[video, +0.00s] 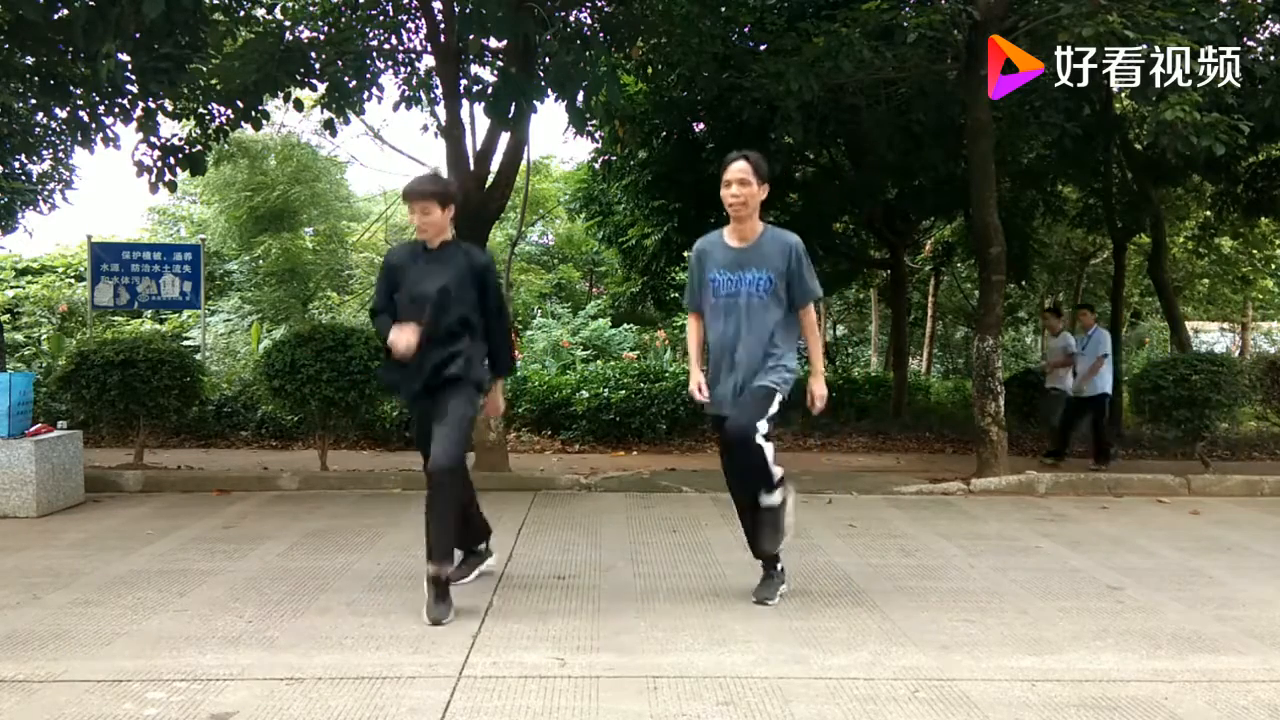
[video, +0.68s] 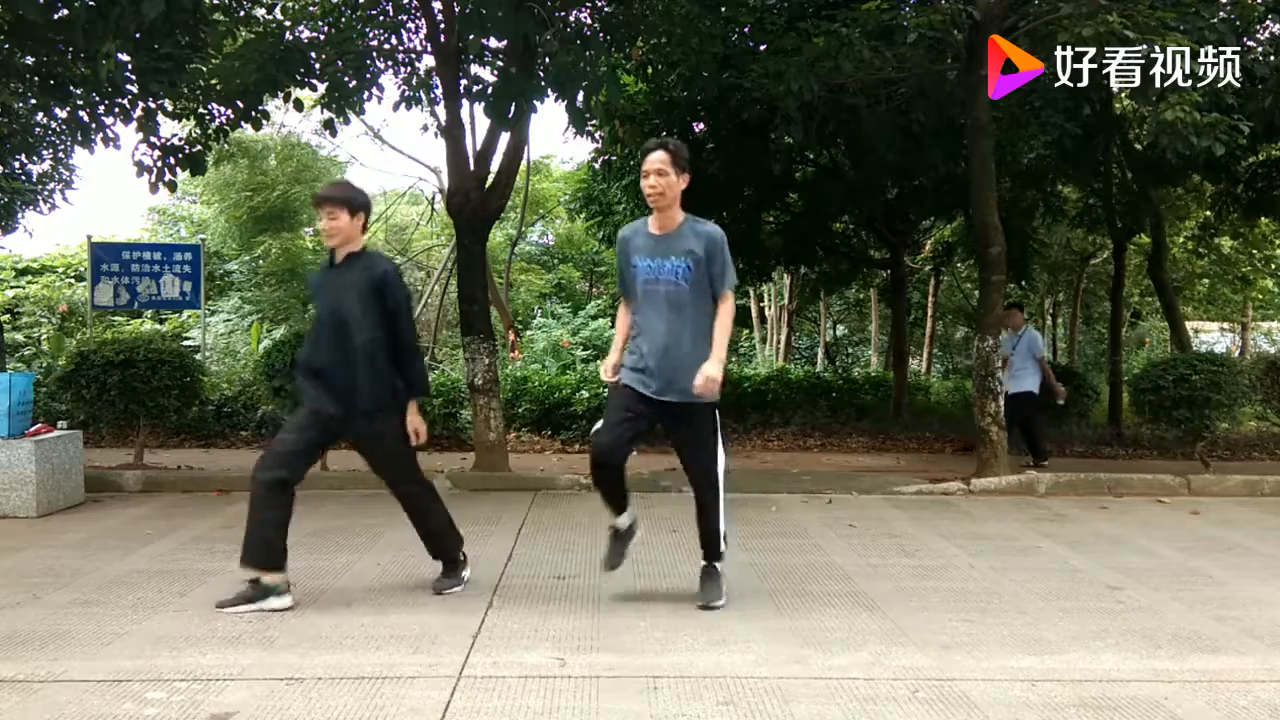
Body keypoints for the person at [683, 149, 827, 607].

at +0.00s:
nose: (734, 192)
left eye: (743, 184)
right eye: (728, 184)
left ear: (763, 191)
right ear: (720, 192)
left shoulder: (788, 246)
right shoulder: (704, 250)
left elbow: (808, 313)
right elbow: (694, 315)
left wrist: (817, 373)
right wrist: (695, 367)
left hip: (774, 367)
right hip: (724, 375)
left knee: (739, 430)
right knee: (738, 475)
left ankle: (773, 494)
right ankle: (771, 567)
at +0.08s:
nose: (726, 186)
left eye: (735, 178)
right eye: (720, 179)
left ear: (756, 184)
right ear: (713, 186)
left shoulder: (781, 241)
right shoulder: (696, 243)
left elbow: (800, 304)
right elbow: (689, 308)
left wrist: (811, 363)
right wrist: (693, 358)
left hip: (768, 363)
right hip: (718, 370)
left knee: (736, 436)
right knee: (740, 465)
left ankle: (747, 527)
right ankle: (776, 562)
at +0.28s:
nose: (707, 208)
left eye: (716, 199)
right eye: (701, 200)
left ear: (737, 206)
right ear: (694, 208)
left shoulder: (760, 264)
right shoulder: (679, 265)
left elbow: (778, 332)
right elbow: (675, 334)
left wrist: (789, 394)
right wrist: (676, 387)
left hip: (744, 400)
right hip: (698, 400)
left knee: (716, 487)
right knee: (735, 490)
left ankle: (706, 582)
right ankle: (786, 555)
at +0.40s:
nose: (689, 186)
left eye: (698, 178)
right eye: (683, 178)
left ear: (719, 184)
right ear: (675, 185)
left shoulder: (742, 242)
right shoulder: (663, 243)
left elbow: (760, 308)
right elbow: (661, 309)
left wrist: (770, 371)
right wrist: (658, 367)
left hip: (729, 386)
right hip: (678, 385)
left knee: (719, 483)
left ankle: (712, 576)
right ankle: (732, 512)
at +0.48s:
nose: (682, 191)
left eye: (692, 183)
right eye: (676, 183)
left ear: (712, 189)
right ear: (669, 191)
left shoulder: (734, 246)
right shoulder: (657, 245)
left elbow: (750, 314)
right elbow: (654, 310)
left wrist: (759, 375)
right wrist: (647, 364)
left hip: (721, 383)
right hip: (669, 380)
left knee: (712, 479)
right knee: (642, 453)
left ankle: (723, 572)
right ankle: (704, 490)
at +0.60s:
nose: (663, 190)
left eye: (673, 182)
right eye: (658, 182)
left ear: (694, 189)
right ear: (652, 190)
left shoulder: (719, 245)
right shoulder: (640, 246)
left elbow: (736, 311)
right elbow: (637, 311)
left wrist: (727, 370)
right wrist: (624, 359)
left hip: (701, 386)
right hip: (649, 380)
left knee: (709, 488)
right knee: (612, 440)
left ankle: (721, 574)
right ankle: (649, 495)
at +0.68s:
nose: (651, 182)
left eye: (661, 174)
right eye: (646, 175)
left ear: (682, 181)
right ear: (640, 182)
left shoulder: (709, 237)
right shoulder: (629, 238)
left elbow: (725, 302)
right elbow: (627, 302)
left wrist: (716, 361)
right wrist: (615, 352)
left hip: (692, 383)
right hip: (637, 379)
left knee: (707, 481)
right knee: (604, 453)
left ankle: (711, 565)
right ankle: (622, 522)